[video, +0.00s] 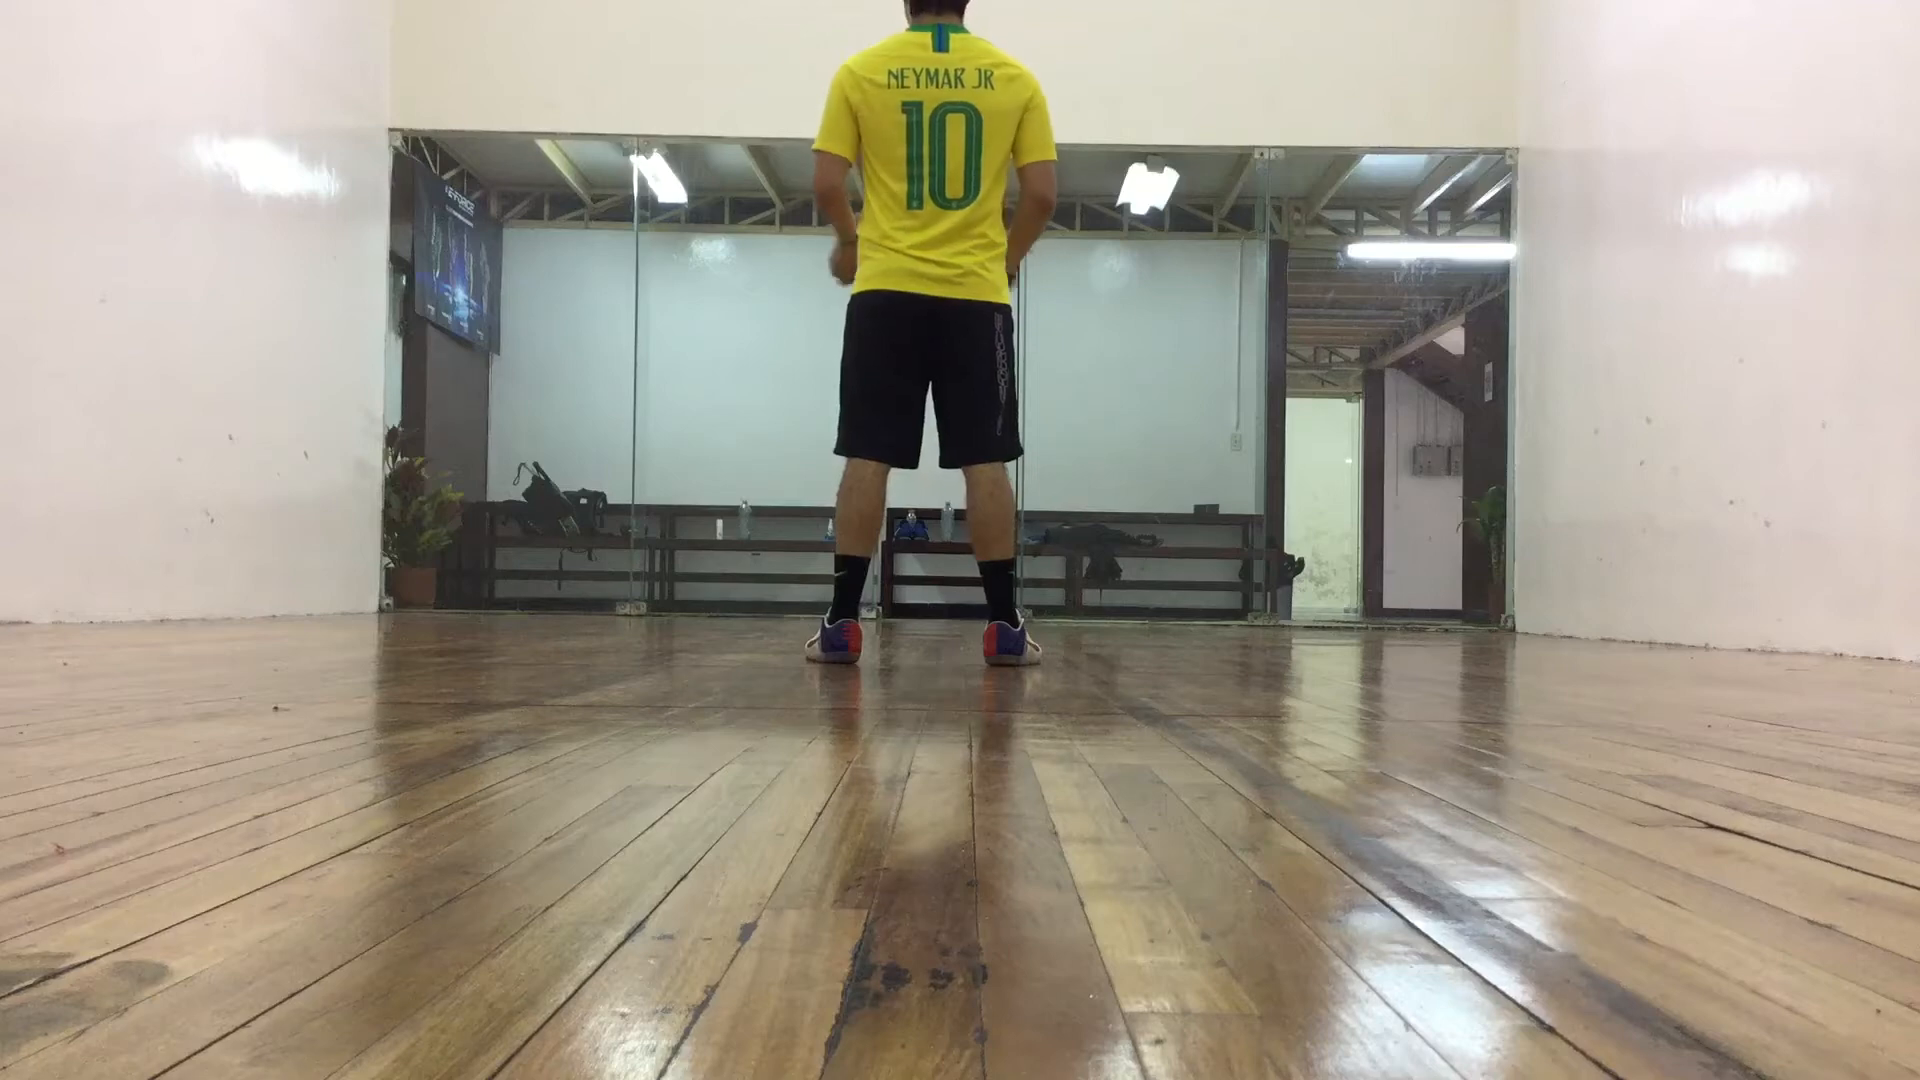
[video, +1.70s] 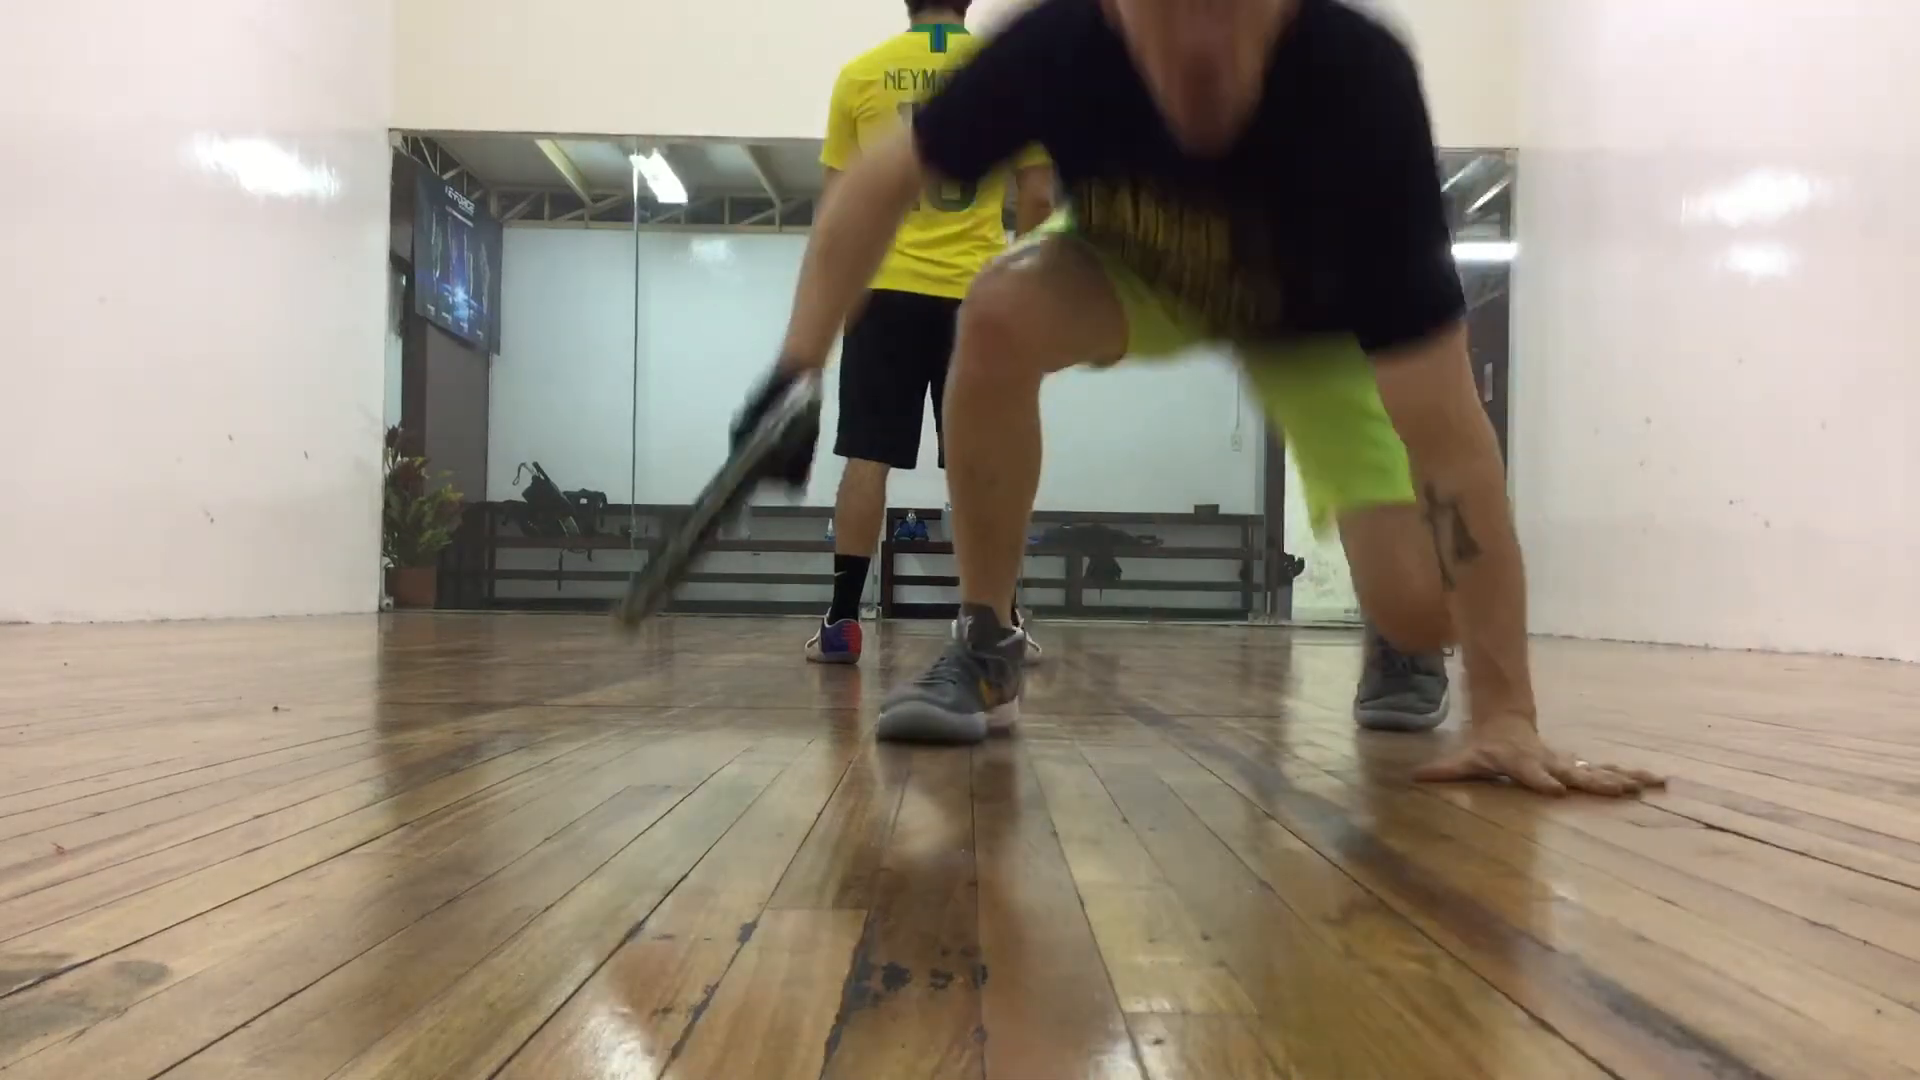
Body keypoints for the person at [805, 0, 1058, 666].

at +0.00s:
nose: (923, 13)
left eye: (911, 7)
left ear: (905, 5)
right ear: (966, 5)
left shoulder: (860, 72)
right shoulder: (1015, 78)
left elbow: (828, 181)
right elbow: (1041, 196)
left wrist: (848, 238)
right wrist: (1003, 257)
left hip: (884, 299)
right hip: (975, 303)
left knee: (866, 458)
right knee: (986, 463)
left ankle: (843, 621)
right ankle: (1005, 625)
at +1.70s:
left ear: (906, 3)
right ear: (968, 3)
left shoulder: (861, 74)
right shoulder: (1010, 65)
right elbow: (1037, 196)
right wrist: (1012, 254)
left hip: (884, 296)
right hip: (978, 300)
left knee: (866, 458)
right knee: (985, 459)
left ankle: (843, 620)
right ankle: (1000, 621)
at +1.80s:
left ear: (906, 6)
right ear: (969, 6)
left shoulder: (860, 75)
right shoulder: (1013, 75)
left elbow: (836, 197)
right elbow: (1043, 178)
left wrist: (875, 237)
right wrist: (1002, 242)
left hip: (895, 304)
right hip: (987, 306)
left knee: (867, 457)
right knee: (998, 456)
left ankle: (842, 622)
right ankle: (1000, 622)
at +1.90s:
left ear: (905, 7)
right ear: (969, 7)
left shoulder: (861, 74)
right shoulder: (1013, 76)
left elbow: (836, 194)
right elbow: (1038, 178)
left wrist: (866, 229)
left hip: (885, 291)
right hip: (982, 294)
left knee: (864, 452)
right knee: (991, 451)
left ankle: (840, 620)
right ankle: (999, 622)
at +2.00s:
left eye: (902, 13)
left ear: (903, 8)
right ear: (969, 8)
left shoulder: (861, 74)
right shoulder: (1015, 77)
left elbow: (835, 196)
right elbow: (1041, 182)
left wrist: (868, 245)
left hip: (887, 293)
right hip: (983, 293)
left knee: (854, 447)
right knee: (987, 445)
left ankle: (839, 619)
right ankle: (1000, 619)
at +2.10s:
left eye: (899, 10)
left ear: (904, 7)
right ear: (969, 8)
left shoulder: (862, 74)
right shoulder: (1015, 77)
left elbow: (837, 198)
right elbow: (1038, 182)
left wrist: (876, 233)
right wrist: (1004, 237)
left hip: (882, 286)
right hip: (982, 289)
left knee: (857, 443)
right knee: (985, 443)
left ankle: (836, 621)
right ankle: (1000, 620)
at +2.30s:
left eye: (900, 10)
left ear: (904, 8)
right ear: (971, 10)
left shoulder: (863, 73)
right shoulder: (1008, 70)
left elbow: (837, 195)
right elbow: (1034, 175)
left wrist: (873, 232)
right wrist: (1008, 234)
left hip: (889, 281)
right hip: (988, 282)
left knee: (873, 424)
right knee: (990, 435)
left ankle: (847, 613)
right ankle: (999, 619)